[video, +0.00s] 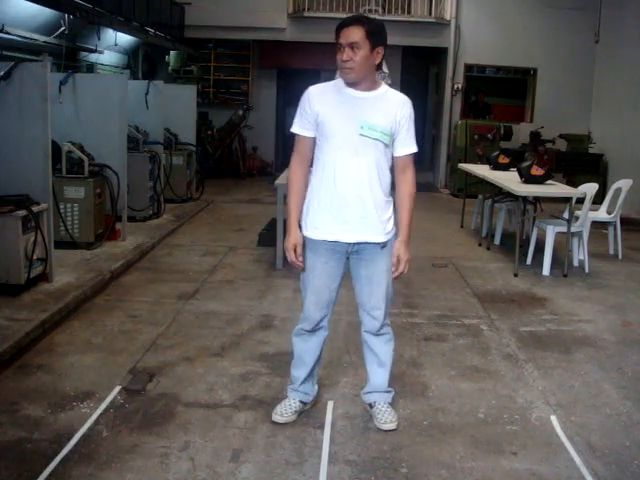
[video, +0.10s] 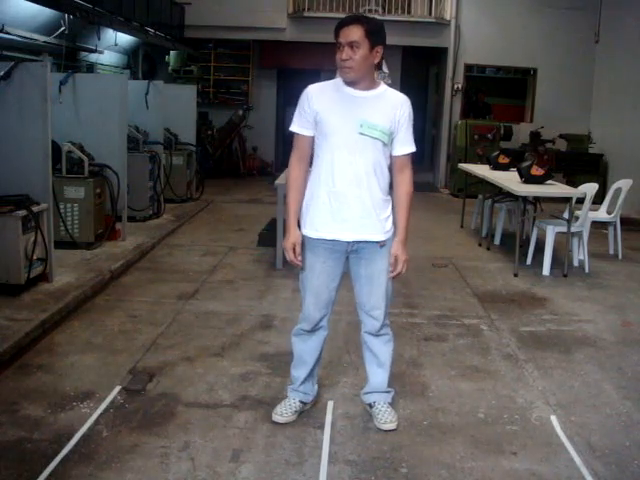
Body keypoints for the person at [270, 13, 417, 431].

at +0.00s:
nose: (344, 55)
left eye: (354, 47)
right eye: (340, 47)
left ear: (378, 53)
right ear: (335, 52)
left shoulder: (397, 105)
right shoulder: (316, 97)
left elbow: (405, 173)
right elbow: (299, 164)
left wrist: (402, 237)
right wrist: (293, 226)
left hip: (375, 234)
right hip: (321, 231)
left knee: (376, 321)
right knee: (312, 319)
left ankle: (380, 396)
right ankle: (300, 391)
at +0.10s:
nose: (343, 54)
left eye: (353, 46)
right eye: (339, 46)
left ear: (377, 53)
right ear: (335, 51)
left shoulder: (396, 105)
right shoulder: (315, 95)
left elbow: (403, 173)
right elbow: (298, 162)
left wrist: (400, 237)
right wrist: (292, 225)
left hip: (374, 233)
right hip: (320, 230)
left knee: (375, 321)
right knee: (311, 319)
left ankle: (379, 396)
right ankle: (300, 390)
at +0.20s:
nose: (342, 54)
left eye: (352, 46)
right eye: (338, 46)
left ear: (376, 52)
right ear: (334, 51)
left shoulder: (395, 104)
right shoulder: (314, 95)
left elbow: (402, 173)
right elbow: (297, 162)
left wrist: (399, 237)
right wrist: (291, 225)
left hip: (373, 234)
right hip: (320, 230)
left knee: (375, 322)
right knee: (311, 319)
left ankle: (379, 396)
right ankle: (300, 391)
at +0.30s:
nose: (341, 55)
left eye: (351, 47)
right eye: (337, 47)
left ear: (375, 53)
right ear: (333, 52)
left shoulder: (395, 104)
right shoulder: (314, 96)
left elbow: (401, 173)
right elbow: (297, 163)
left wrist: (399, 237)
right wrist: (290, 224)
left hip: (372, 234)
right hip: (318, 230)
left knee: (374, 322)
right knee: (309, 319)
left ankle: (380, 396)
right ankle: (300, 391)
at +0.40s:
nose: (338, 61)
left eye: (348, 53)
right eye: (335, 53)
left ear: (373, 55)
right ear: (331, 55)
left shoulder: (395, 106)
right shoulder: (313, 97)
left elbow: (401, 176)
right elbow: (294, 164)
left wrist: (397, 240)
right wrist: (286, 225)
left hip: (369, 236)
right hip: (314, 232)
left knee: (377, 323)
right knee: (303, 321)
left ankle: (380, 396)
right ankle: (301, 390)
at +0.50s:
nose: (330, 72)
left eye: (339, 63)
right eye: (326, 64)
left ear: (364, 64)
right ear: (323, 64)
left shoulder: (389, 115)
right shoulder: (305, 105)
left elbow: (394, 185)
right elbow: (288, 169)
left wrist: (392, 250)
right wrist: (280, 230)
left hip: (363, 241)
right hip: (306, 237)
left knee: (378, 321)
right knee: (290, 319)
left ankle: (380, 394)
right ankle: (296, 389)